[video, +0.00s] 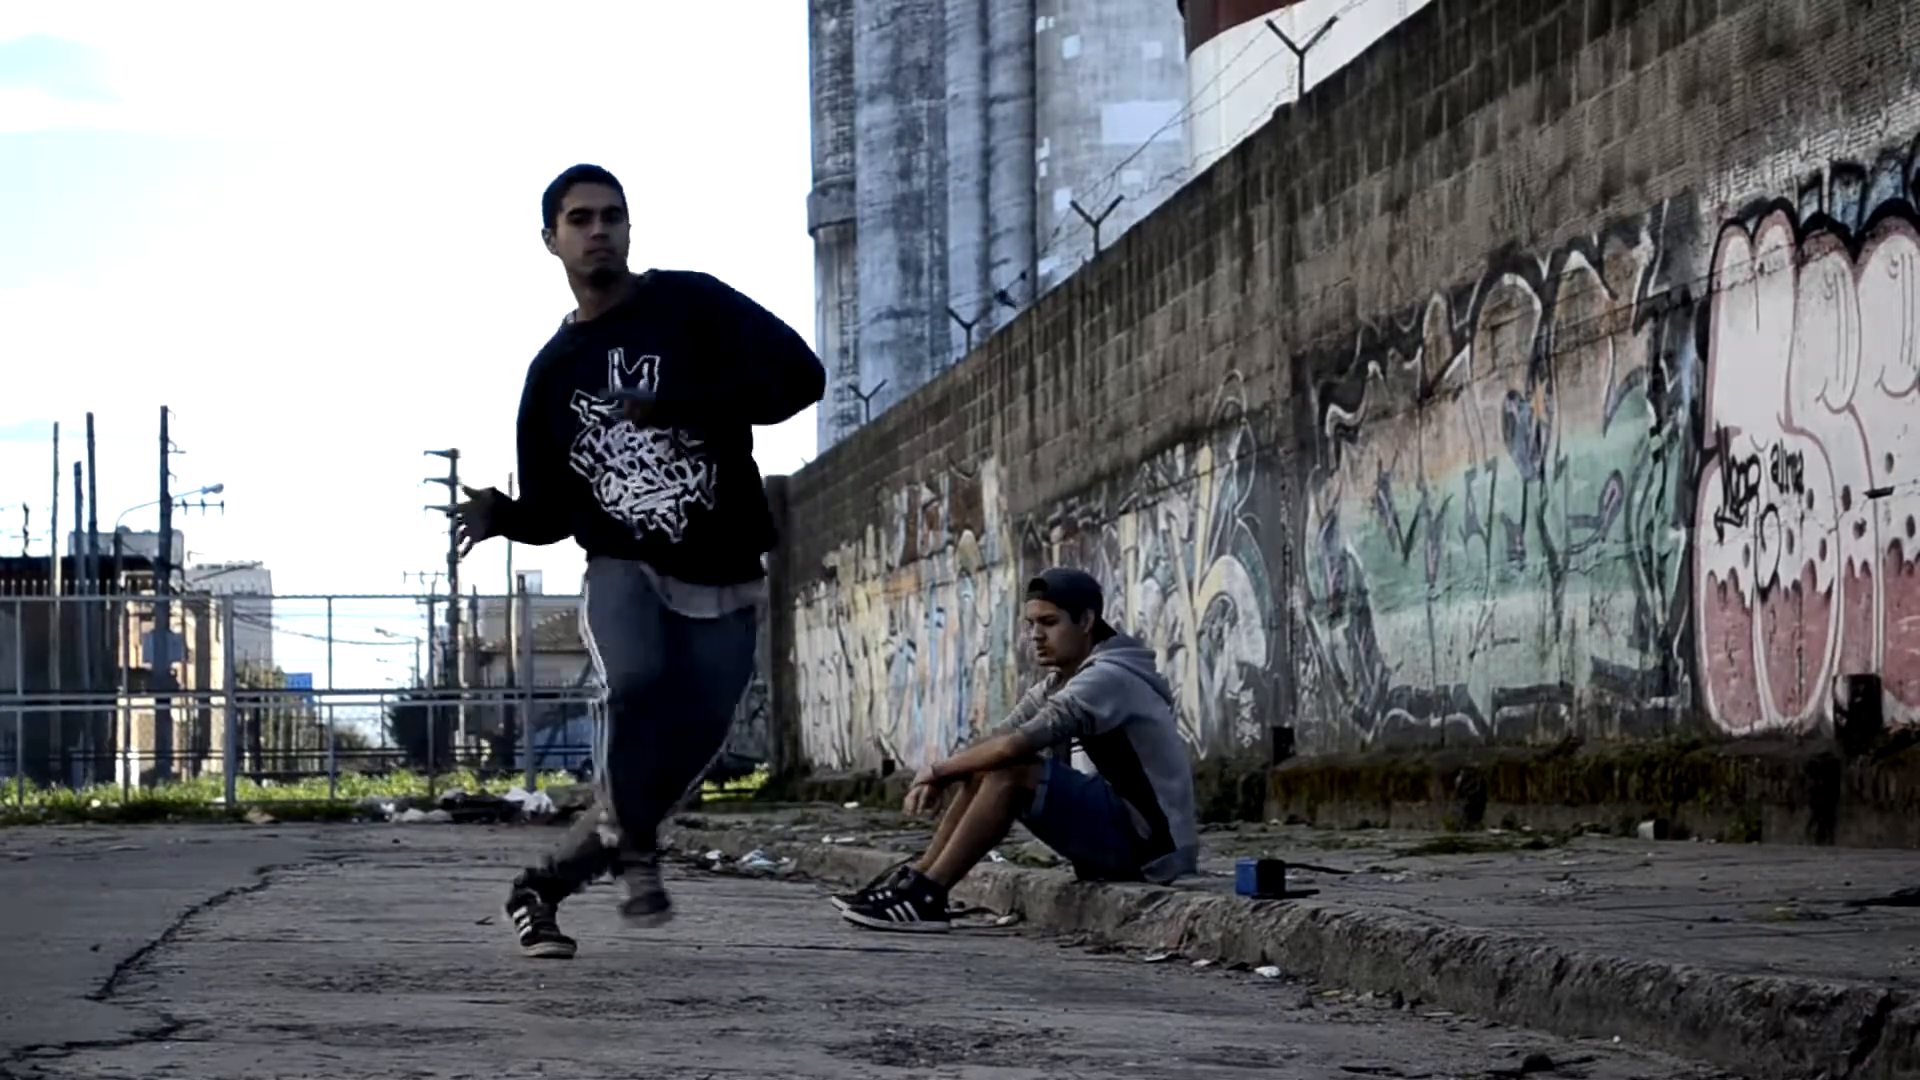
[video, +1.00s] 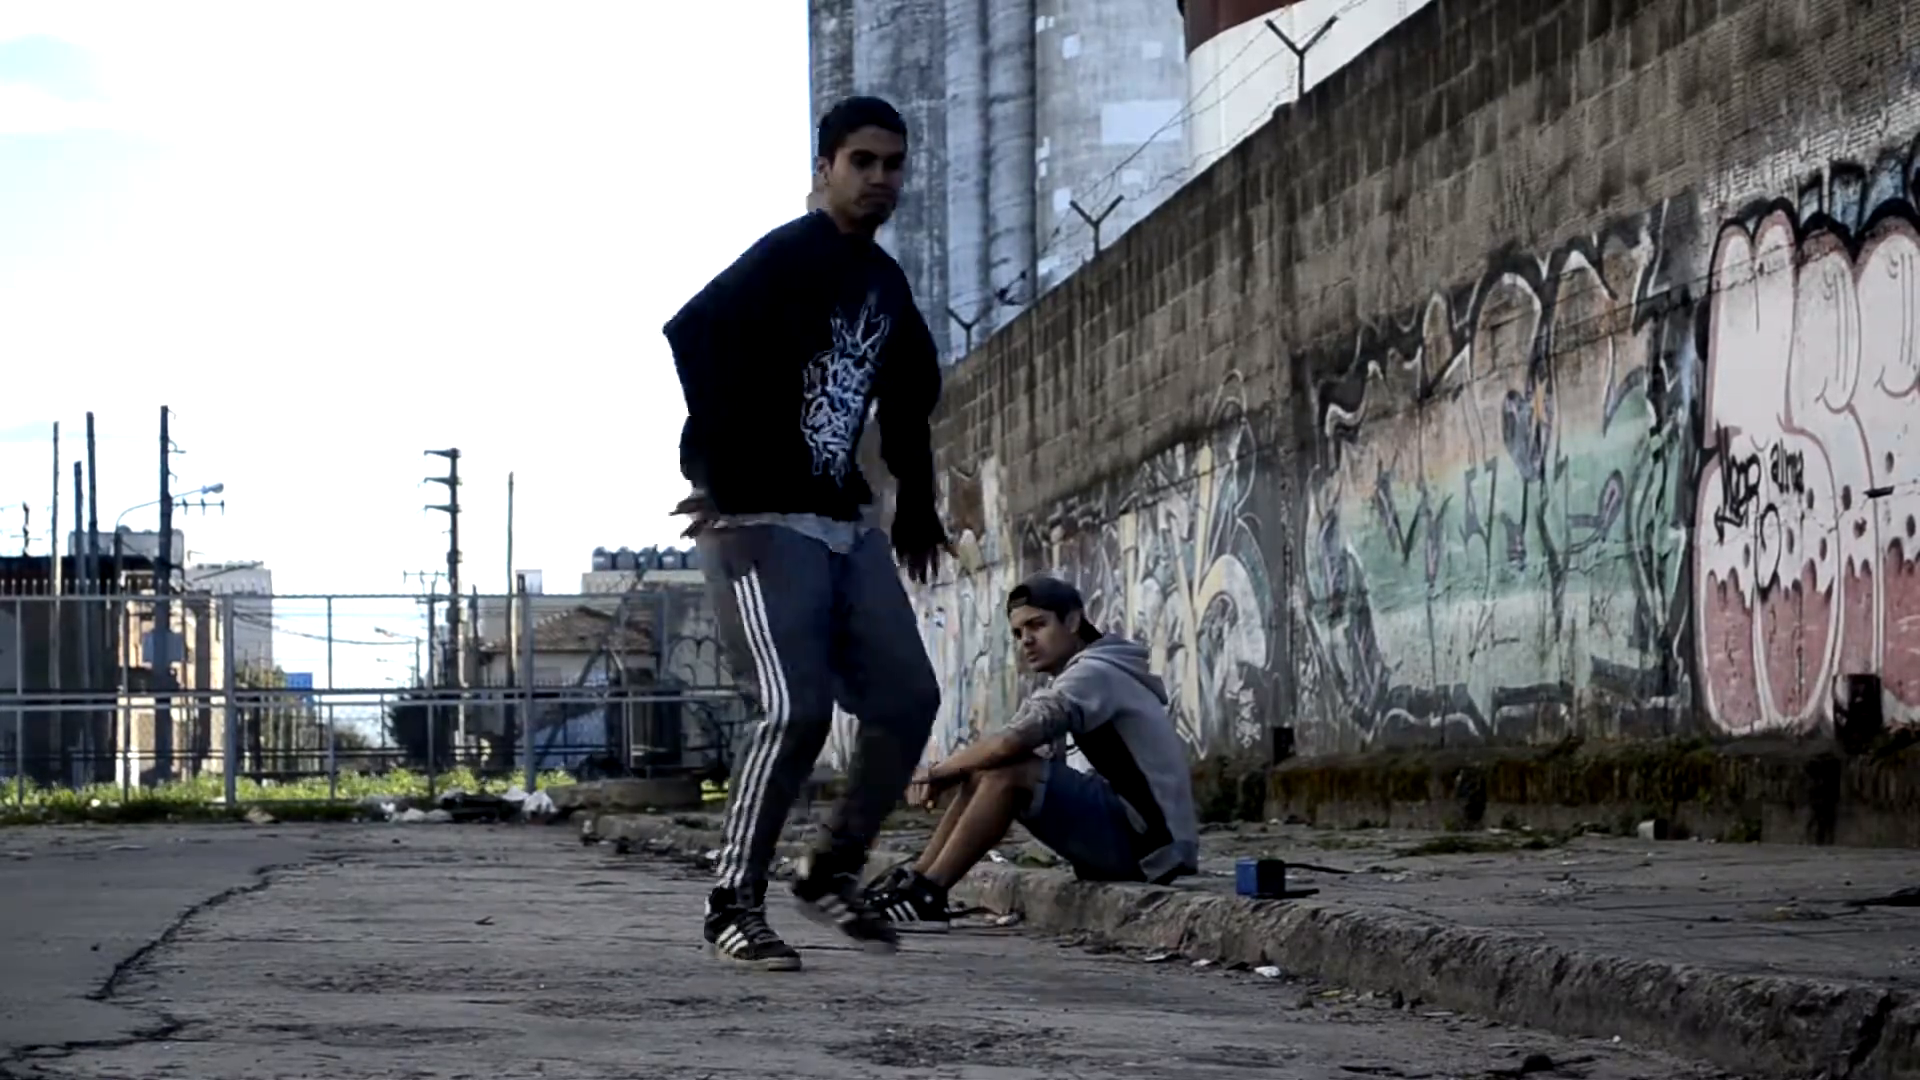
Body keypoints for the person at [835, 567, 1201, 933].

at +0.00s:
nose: (1036, 636)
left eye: (1047, 623)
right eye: (1031, 625)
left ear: (1086, 622)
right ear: (1030, 626)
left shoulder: (1108, 674)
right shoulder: (1065, 677)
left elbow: (1019, 747)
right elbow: (1006, 737)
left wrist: (938, 768)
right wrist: (940, 768)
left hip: (1150, 845)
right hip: (1118, 835)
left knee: (1012, 772)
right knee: (984, 766)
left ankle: (932, 895)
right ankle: (913, 884)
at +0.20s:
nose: (1038, 639)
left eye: (1050, 628)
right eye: (1034, 627)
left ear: (1088, 626)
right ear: (1031, 625)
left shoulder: (1110, 677)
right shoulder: (1062, 678)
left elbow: (1018, 750)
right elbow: (997, 734)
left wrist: (938, 768)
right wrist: (940, 767)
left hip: (1148, 845)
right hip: (1116, 834)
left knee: (1013, 772)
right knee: (982, 764)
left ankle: (932, 895)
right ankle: (913, 883)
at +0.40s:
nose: (1034, 648)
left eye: (1046, 636)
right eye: (1030, 635)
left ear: (1085, 634)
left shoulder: (1107, 676)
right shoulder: (1068, 678)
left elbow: (1017, 748)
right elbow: (1000, 733)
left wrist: (941, 769)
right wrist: (934, 763)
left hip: (1151, 838)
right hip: (1122, 823)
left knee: (1016, 772)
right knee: (994, 763)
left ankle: (934, 893)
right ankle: (914, 882)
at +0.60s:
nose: (1034, 637)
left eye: (1043, 626)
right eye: (1032, 625)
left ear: (1081, 629)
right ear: (1080, 630)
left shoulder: (1102, 676)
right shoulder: (1084, 671)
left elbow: (1018, 750)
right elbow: (1018, 745)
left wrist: (939, 770)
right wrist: (947, 769)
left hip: (1147, 844)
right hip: (1121, 831)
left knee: (1007, 778)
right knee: (979, 772)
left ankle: (934, 893)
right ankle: (914, 882)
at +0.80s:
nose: (1029, 635)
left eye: (1040, 622)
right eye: (1025, 624)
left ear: (1079, 620)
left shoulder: (1093, 671)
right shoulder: (1079, 669)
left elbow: (1011, 747)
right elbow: (1002, 741)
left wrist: (934, 772)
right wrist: (939, 770)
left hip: (1148, 845)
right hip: (1119, 832)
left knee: (1007, 776)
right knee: (981, 768)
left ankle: (932, 894)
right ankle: (912, 883)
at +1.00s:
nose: (1026, 641)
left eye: (1037, 626)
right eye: (1019, 634)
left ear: (1074, 621)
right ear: (1017, 639)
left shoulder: (1096, 670)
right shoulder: (1063, 677)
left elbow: (1011, 744)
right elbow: (1007, 746)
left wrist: (935, 774)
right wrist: (943, 774)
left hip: (1149, 844)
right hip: (1119, 835)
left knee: (1007, 774)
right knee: (983, 769)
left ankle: (932, 895)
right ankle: (913, 881)